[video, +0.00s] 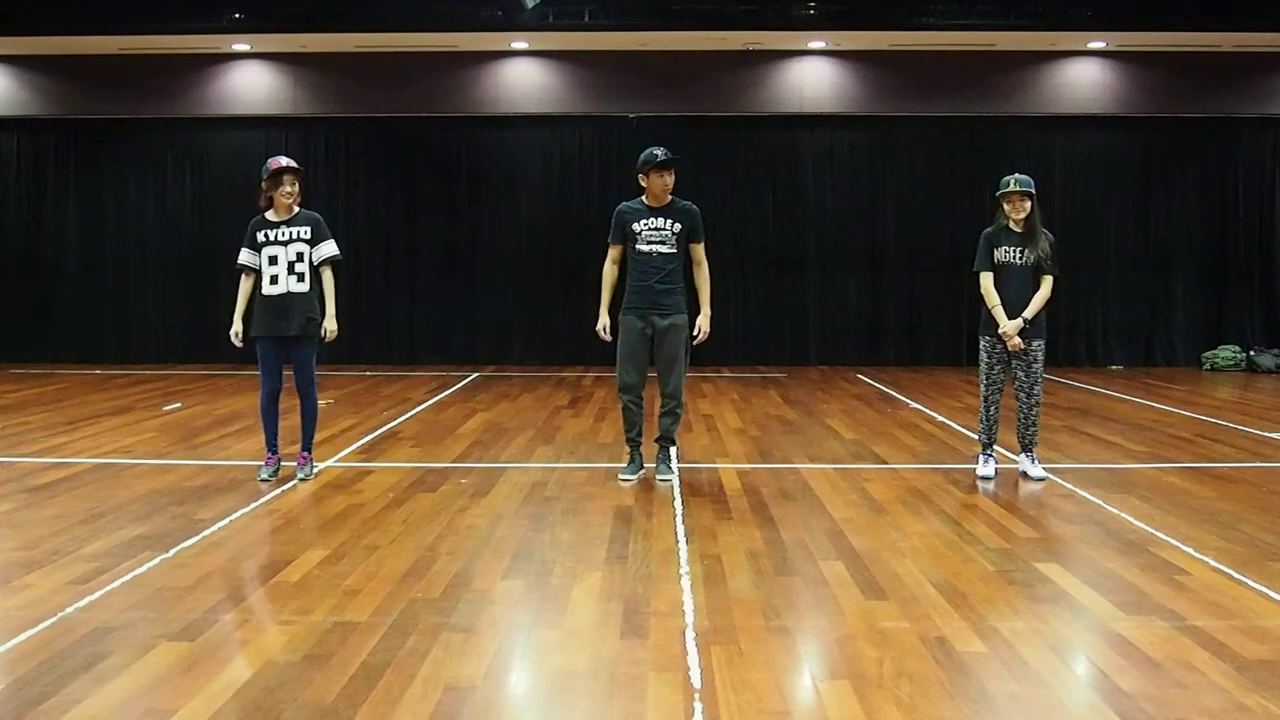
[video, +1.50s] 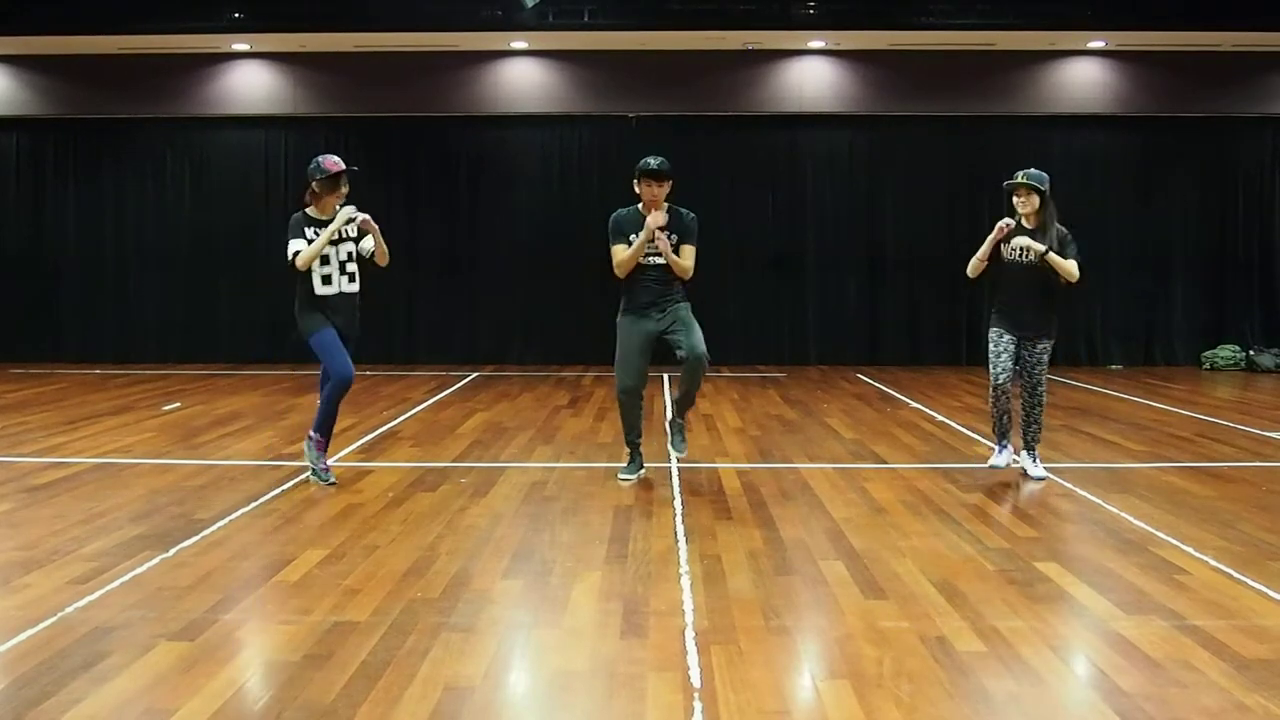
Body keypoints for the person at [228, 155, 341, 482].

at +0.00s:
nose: (289, 189)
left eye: (293, 184)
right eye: (282, 185)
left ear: (299, 188)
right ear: (270, 189)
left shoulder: (312, 222)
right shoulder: (258, 226)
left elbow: (326, 270)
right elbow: (248, 275)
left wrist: (330, 314)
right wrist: (237, 318)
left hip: (305, 320)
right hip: (267, 322)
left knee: (306, 388)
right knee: (270, 389)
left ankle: (305, 455)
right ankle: (271, 455)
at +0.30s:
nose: (290, 189)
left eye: (294, 183)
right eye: (283, 184)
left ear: (298, 186)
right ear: (268, 188)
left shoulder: (309, 220)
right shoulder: (255, 225)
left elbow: (321, 270)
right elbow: (251, 276)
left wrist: (323, 315)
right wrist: (248, 321)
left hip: (303, 321)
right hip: (268, 322)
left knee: (305, 388)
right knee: (271, 388)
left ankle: (305, 454)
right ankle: (272, 455)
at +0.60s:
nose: (292, 189)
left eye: (295, 183)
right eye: (285, 184)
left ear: (298, 185)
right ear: (267, 188)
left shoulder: (310, 220)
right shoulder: (254, 226)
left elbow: (332, 264)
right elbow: (246, 276)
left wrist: (345, 306)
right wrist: (242, 321)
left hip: (306, 320)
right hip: (267, 322)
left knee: (306, 388)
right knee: (273, 387)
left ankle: (305, 454)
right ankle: (272, 455)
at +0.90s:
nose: (296, 189)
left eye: (298, 183)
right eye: (288, 185)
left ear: (301, 186)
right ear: (271, 189)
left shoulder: (311, 221)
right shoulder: (256, 228)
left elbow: (345, 254)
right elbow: (246, 277)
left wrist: (341, 296)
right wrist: (264, 318)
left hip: (309, 322)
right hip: (272, 323)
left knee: (309, 386)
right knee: (274, 388)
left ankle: (310, 452)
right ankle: (272, 456)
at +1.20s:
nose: (318, 191)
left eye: (320, 184)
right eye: (310, 186)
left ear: (322, 186)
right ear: (291, 190)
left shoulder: (330, 222)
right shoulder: (277, 228)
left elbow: (339, 266)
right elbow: (266, 277)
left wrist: (350, 294)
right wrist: (301, 305)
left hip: (329, 317)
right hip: (292, 319)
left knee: (324, 388)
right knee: (290, 388)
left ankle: (319, 459)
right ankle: (274, 454)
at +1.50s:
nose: (341, 190)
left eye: (342, 183)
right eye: (333, 185)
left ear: (347, 184)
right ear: (315, 188)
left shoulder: (353, 219)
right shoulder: (301, 221)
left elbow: (381, 260)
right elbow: (301, 262)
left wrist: (374, 232)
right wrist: (332, 230)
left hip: (347, 313)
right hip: (314, 311)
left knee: (331, 383)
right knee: (343, 374)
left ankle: (319, 455)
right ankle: (316, 439)